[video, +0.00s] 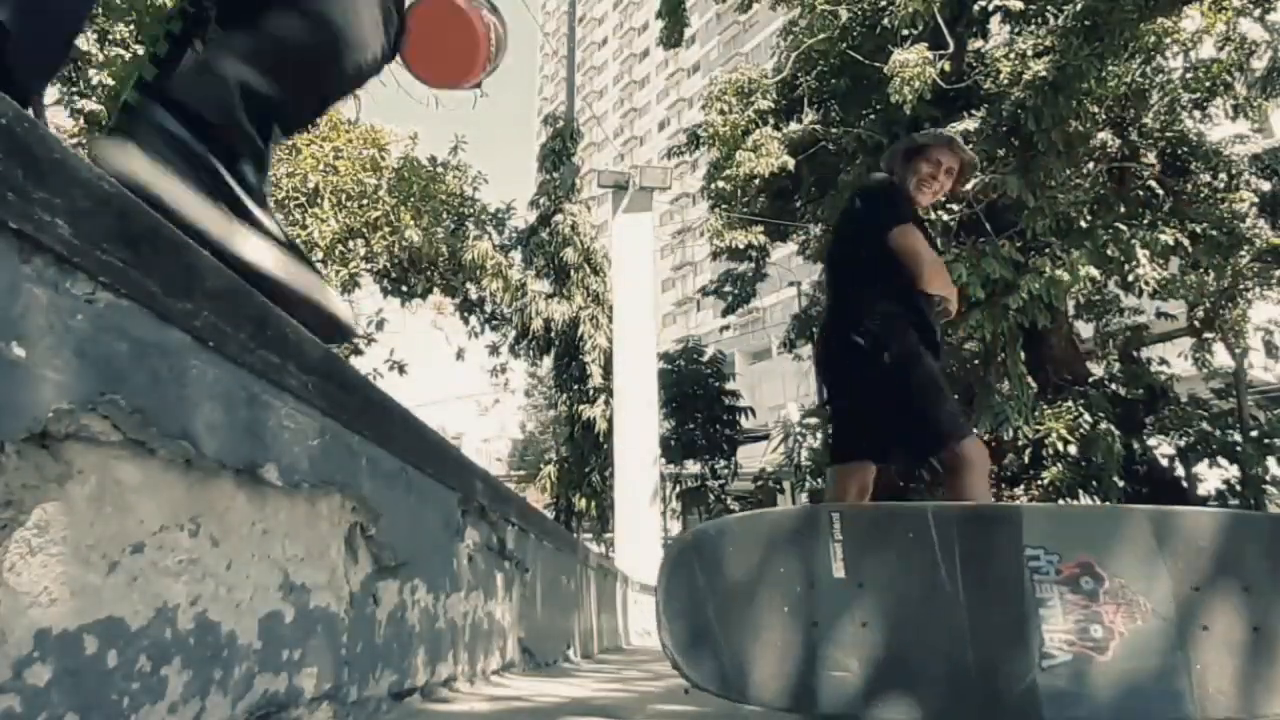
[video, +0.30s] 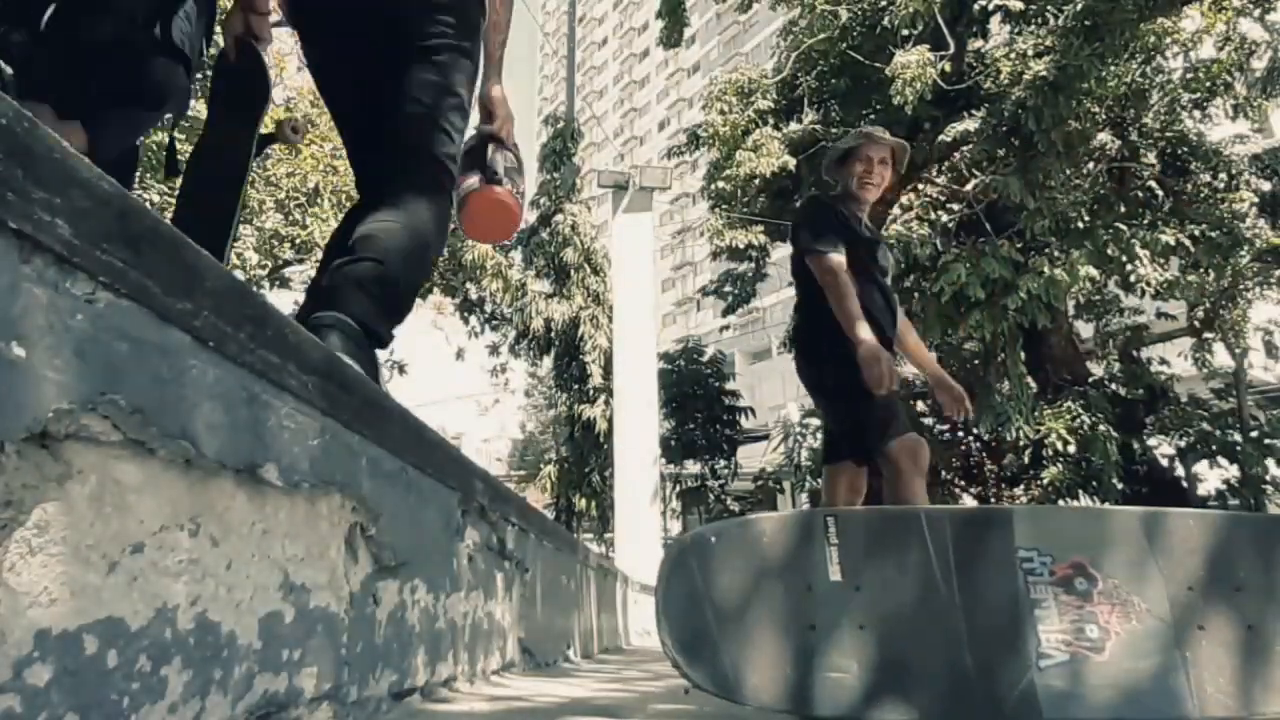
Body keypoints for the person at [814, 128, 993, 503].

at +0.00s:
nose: (937, 176)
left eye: (948, 174)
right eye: (930, 163)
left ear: (950, 187)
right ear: (905, 160)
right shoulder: (880, 193)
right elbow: (928, 274)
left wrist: (941, 297)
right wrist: (949, 296)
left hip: (843, 347)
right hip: (880, 344)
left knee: (852, 480)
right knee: (969, 455)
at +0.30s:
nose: (871, 170)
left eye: (881, 163)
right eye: (862, 160)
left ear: (890, 177)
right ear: (839, 167)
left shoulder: (871, 240)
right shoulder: (819, 212)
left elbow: (892, 316)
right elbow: (833, 278)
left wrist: (936, 375)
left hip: (864, 352)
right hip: (832, 345)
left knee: (846, 483)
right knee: (907, 452)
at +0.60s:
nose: (859, 150)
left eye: (866, 144)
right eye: (845, 143)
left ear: (874, 162)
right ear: (822, 160)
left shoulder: (866, 231)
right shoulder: (804, 204)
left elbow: (903, 303)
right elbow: (759, 273)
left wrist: (970, 356)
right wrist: (726, 341)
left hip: (879, 353)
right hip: (840, 346)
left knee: (851, 476)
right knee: (870, 471)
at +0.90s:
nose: (854, 124)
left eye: (860, 118)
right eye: (840, 119)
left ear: (870, 136)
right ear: (816, 140)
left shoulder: (884, 204)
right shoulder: (798, 187)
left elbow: (909, 285)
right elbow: (787, 276)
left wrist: (944, 349)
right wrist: (804, 352)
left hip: (907, 336)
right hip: (846, 332)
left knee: (946, 475)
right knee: (857, 469)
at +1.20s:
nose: (890, 95)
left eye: (898, 89)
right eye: (875, 90)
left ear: (907, 110)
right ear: (849, 114)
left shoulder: (919, 175)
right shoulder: (835, 159)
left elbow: (956, 260)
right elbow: (815, 240)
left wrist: (1012, 319)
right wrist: (826, 305)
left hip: (959, 324)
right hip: (889, 326)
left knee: (1009, 445)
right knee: (893, 460)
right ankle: (823, 567)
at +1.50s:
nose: (922, 59)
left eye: (932, 48)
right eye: (908, 56)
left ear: (954, 63)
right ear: (892, 82)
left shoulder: (991, 136)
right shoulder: (872, 140)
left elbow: (1020, 227)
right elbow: (850, 229)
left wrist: (1050, 314)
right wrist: (859, 272)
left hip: (1000, 288)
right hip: (923, 284)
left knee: (1006, 439)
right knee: (962, 387)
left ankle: (996, 572)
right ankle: (954, 558)